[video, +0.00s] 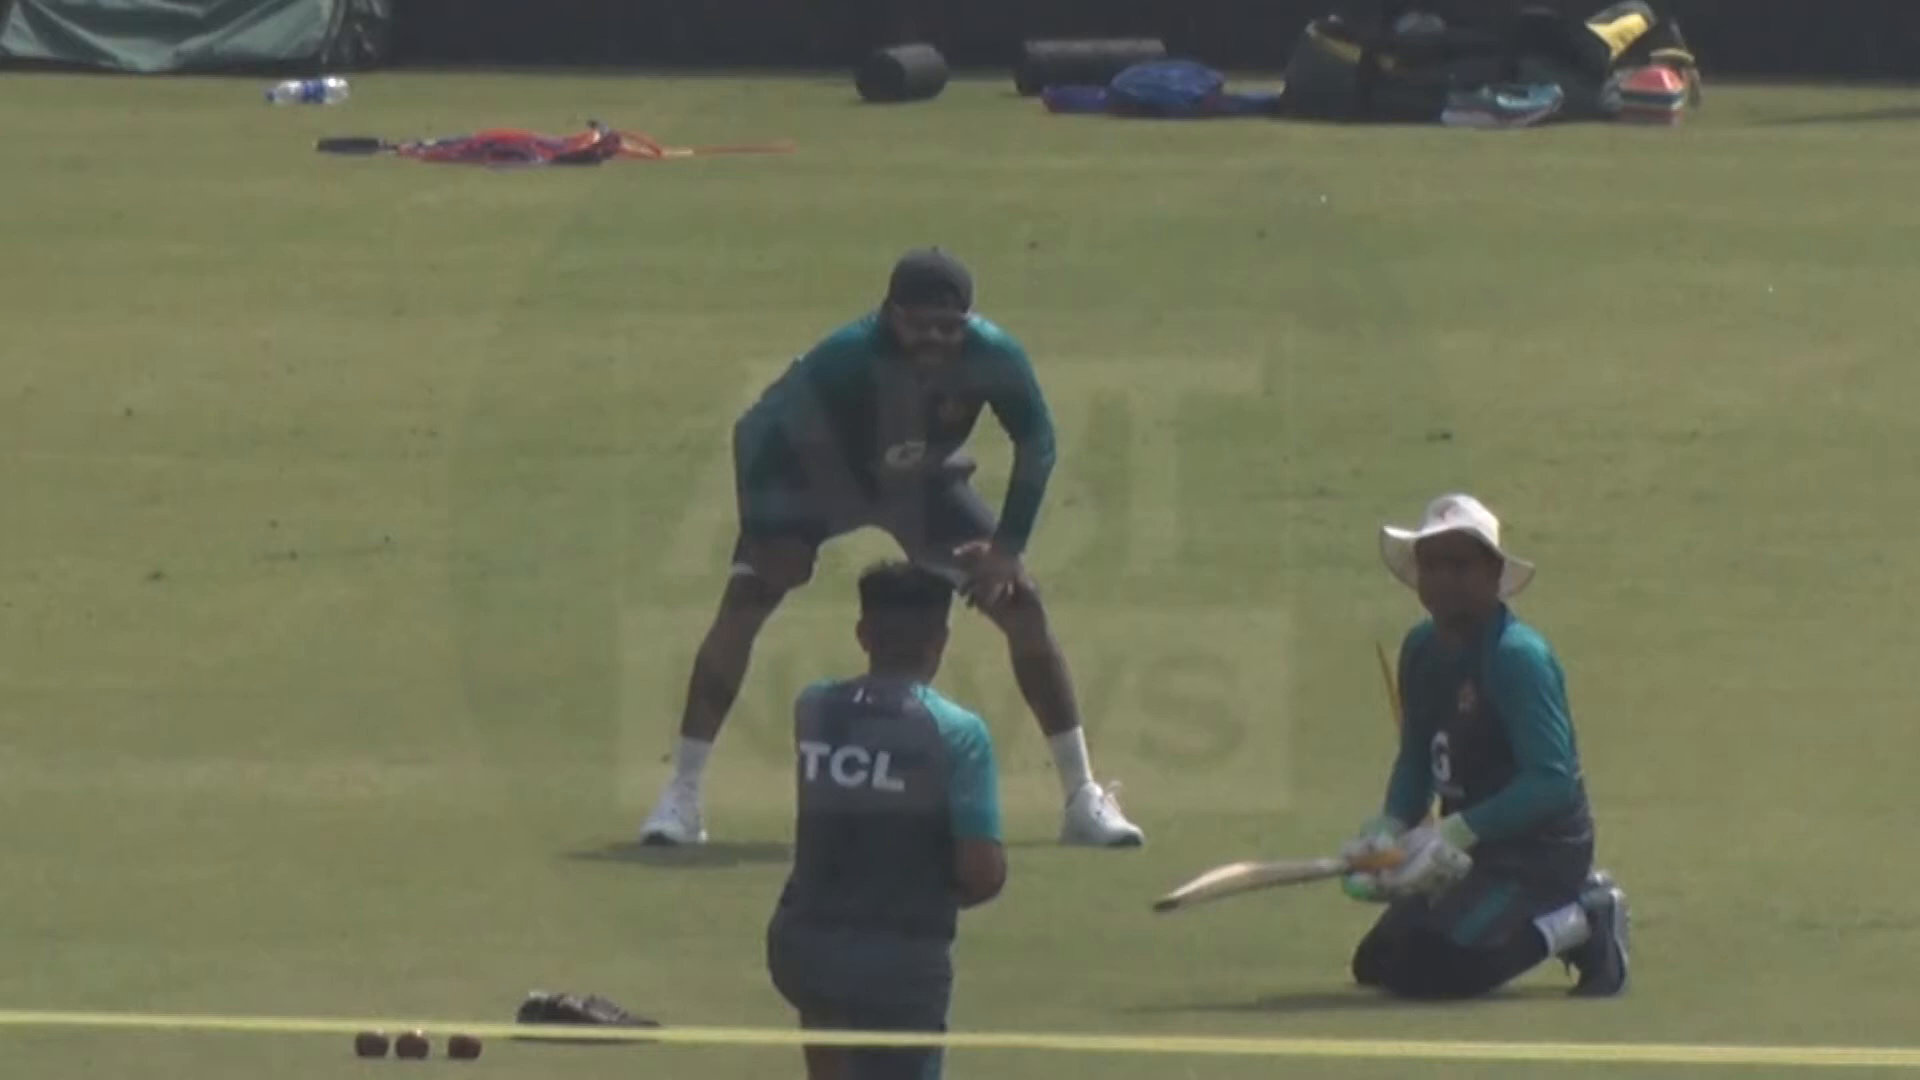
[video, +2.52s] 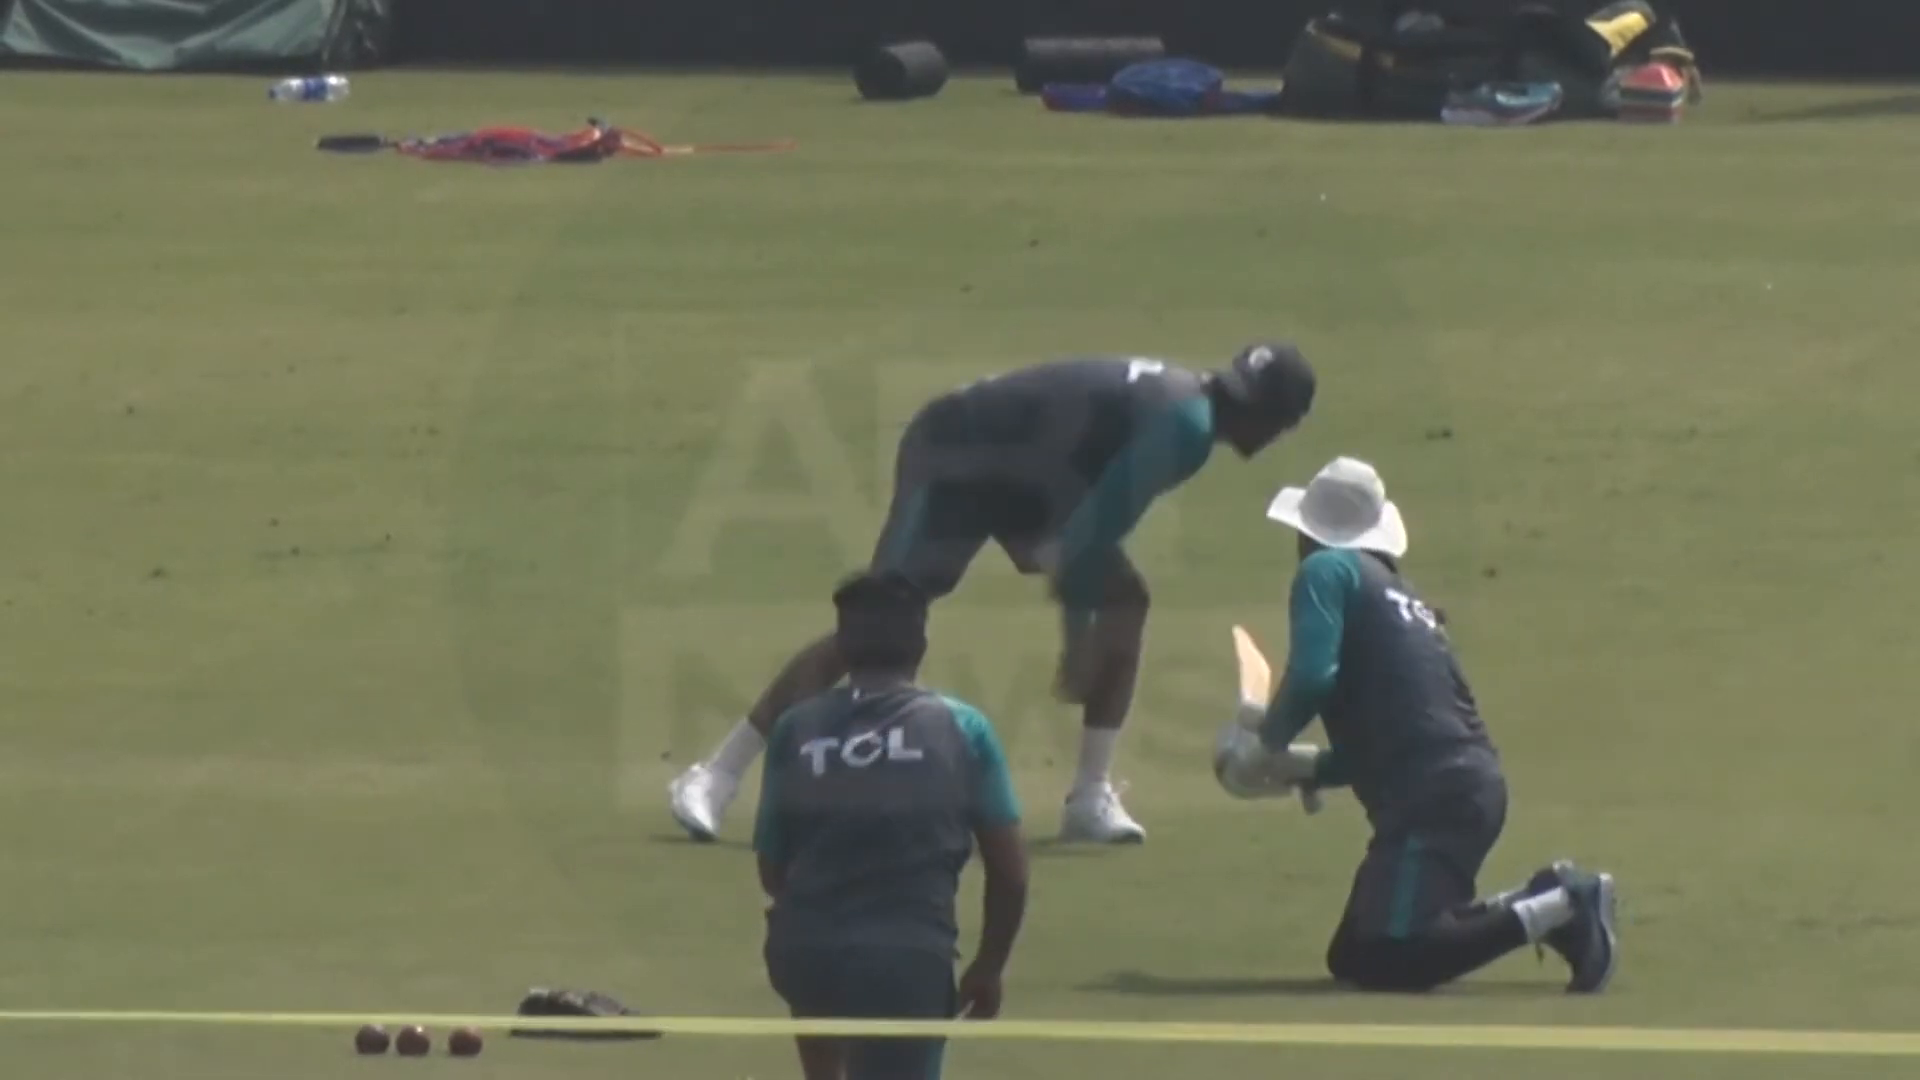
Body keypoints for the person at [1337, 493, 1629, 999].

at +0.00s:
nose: (1443, 579)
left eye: (1461, 564)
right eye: (1431, 564)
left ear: (1494, 575)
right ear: (1416, 575)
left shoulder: (1517, 657)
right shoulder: (1422, 649)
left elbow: (1553, 783)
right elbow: (1416, 759)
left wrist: (1452, 835)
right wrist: (1388, 835)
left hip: (1542, 855)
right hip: (1475, 849)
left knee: (1423, 975)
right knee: (1378, 963)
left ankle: (1582, 921)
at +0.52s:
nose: (1446, 577)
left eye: (1464, 563)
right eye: (1435, 562)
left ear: (1498, 573)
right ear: (1421, 571)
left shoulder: (1513, 651)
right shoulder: (1443, 647)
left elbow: (1519, 779)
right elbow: (1460, 770)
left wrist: (1429, 838)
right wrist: (1406, 820)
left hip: (1541, 854)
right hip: (1488, 846)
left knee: (1418, 973)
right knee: (1377, 962)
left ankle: (1583, 920)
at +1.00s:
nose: (1462, 575)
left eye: (1482, 561)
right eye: (1454, 560)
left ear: (1518, 572)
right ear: (1441, 569)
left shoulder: (1527, 653)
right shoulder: (1461, 646)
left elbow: (1529, 780)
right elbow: (1474, 771)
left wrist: (1440, 831)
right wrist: (1418, 807)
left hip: (1544, 860)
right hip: (1494, 852)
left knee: (1420, 974)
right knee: (1376, 963)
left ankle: (1583, 922)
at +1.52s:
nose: (1458, 582)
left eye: (1475, 566)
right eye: (1449, 568)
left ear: (1509, 572)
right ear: (1438, 573)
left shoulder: (1524, 639)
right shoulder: (1480, 640)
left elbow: (1450, 741)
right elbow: (1444, 739)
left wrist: (1354, 728)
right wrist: (1364, 707)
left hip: (1534, 863)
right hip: (1485, 857)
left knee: (1420, 973)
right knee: (1370, 955)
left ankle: (1585, 921)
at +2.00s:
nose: (1339, 544)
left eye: (1349, 534)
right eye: (1341, 533)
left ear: (1374, 536)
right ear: (1405, 540)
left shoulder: (1393, 570)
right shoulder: (1399, 637)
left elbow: (1296, 584)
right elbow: (1321, 728)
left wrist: (1210, 596)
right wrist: (1226, 663)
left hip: (1469, 808)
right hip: (1451, 814)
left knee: (1379, 963)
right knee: (1359, 958)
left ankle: (1562, 907)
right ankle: (1540, 908)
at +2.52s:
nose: (1297, 540)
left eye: (1301, 530)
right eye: (1300, 528)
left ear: (1314, 532)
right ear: (1367, 534)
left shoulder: (1326, 569)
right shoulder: (1391, 591)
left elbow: (1310, 678)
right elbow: (1385, 742)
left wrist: (1266, 742)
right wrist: (1301, 769)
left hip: (1439, 792)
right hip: (1454, 788)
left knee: (1381, 963)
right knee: (1355, 957)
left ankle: (1557, 908)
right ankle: (1533, 907)